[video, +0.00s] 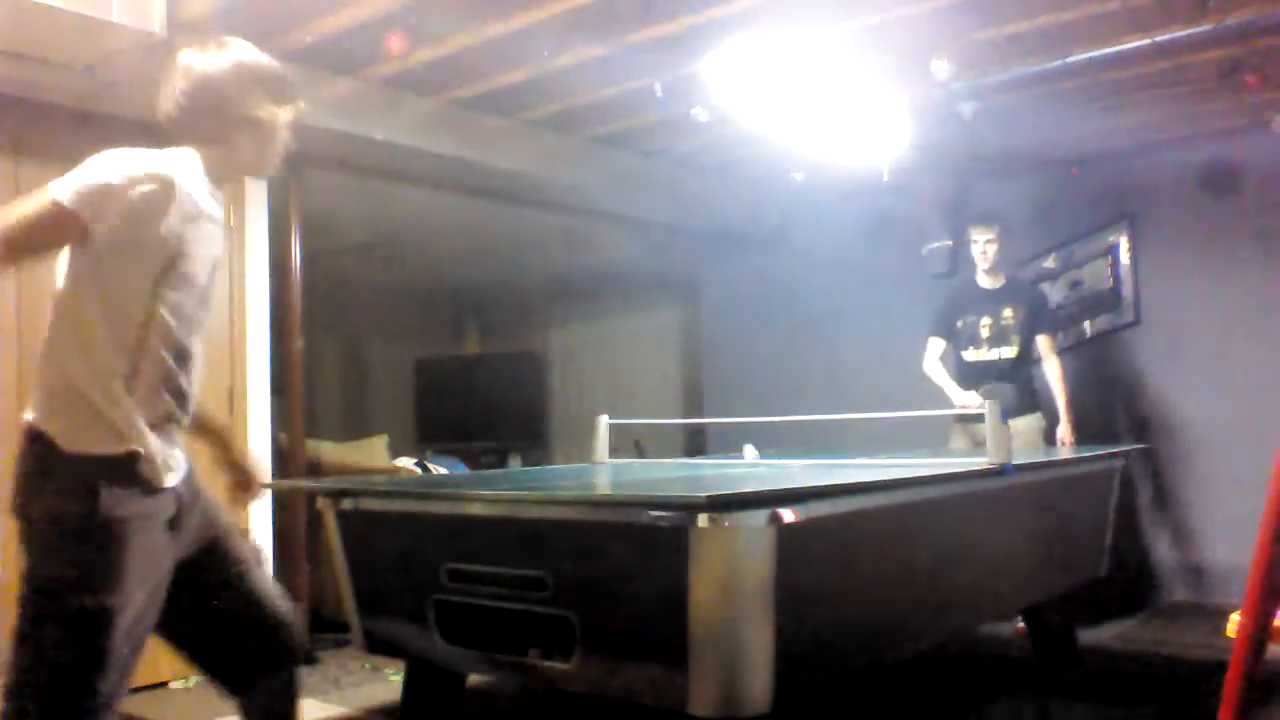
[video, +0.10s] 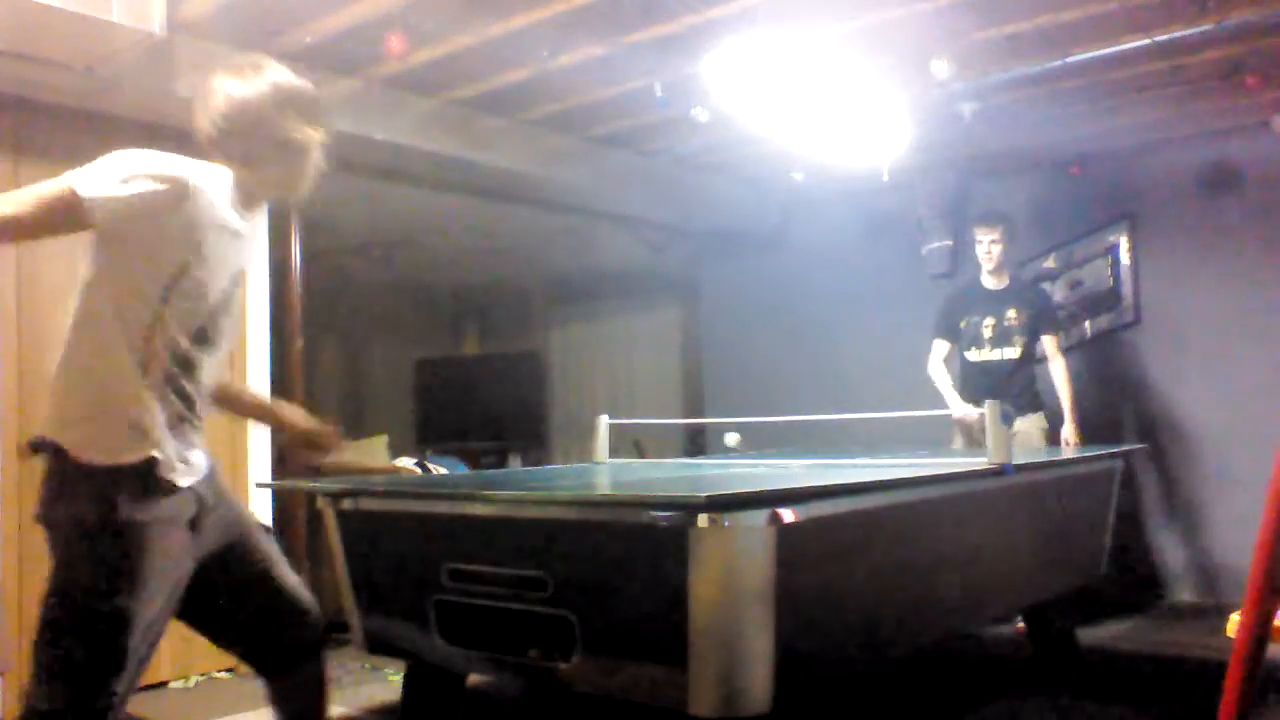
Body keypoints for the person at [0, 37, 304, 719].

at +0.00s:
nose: (289, 129)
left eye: (288, 112)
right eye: (278, 110)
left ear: (235, 118)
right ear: (232, 113)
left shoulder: (205, 209)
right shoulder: (151, 179)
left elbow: (153, 367)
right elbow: (10, 239)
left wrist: (226, 446)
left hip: (162, 481)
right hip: (91, 484)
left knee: (271, 655)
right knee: (61, 706)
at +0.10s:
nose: (321, 152)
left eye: (320, 136)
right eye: (310, 134)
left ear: (270, 142)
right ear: (265, 135)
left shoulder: (246, 232)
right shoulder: (168, 188)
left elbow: (190, 376)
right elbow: (15, 217)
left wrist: (280, 413)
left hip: (187, 481)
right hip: (111, 485)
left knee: (294, 638)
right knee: (75, 703)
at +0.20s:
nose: (373, 189)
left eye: (373, 173)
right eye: (368, 169)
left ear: (321, 164)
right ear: (325, 160)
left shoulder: (292, 261)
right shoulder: (215, 196)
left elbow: (274, 374)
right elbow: (51, 230)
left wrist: (370, 427)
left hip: (213, 494)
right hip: (146, 490)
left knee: (314, 647)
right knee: (89, 702)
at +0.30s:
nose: (430, 225)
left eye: (432, 208)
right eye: (424, 203)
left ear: (384, 200)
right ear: (380, 190)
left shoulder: (355, 298)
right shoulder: (293, 225)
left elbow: (358, 395)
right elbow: (146, 266)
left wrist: (471, 448)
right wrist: (20, 317)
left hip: (254, 495)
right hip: (180, 487)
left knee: (341, 631)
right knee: (115, 693)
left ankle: (361, 716)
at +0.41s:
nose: (476, 251)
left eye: (478, 237)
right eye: (472, 234)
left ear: (427, 227)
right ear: (433, 224)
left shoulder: (409, 321)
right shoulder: (349, 243)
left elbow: (450, 405)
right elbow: (216, 298)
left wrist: (545, 447)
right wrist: (103, 398)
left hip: (279, 491)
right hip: (207, 486)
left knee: (369, 617)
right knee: (121, 689)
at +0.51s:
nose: (500, 273)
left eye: (503, 261)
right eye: (496, 257)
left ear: (462, 250)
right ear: (463, 240)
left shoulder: (442, 333)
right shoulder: (388, 253)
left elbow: (509, 406)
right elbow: (251, 300)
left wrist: (600, 442)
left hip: (298, 491)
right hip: (224, 476)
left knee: (382, 632)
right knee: (126, 671)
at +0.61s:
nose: (511, 277)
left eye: (513, 265)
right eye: (506, 260)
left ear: (473, 258)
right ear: (469, 245)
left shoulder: (459, 339)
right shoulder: (408, 254)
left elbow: (537, 405)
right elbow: (281, 283)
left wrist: (623, 445)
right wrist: (264, 380)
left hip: (302, 491)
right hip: (234, 461)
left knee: (386, 622)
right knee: (144, 655)